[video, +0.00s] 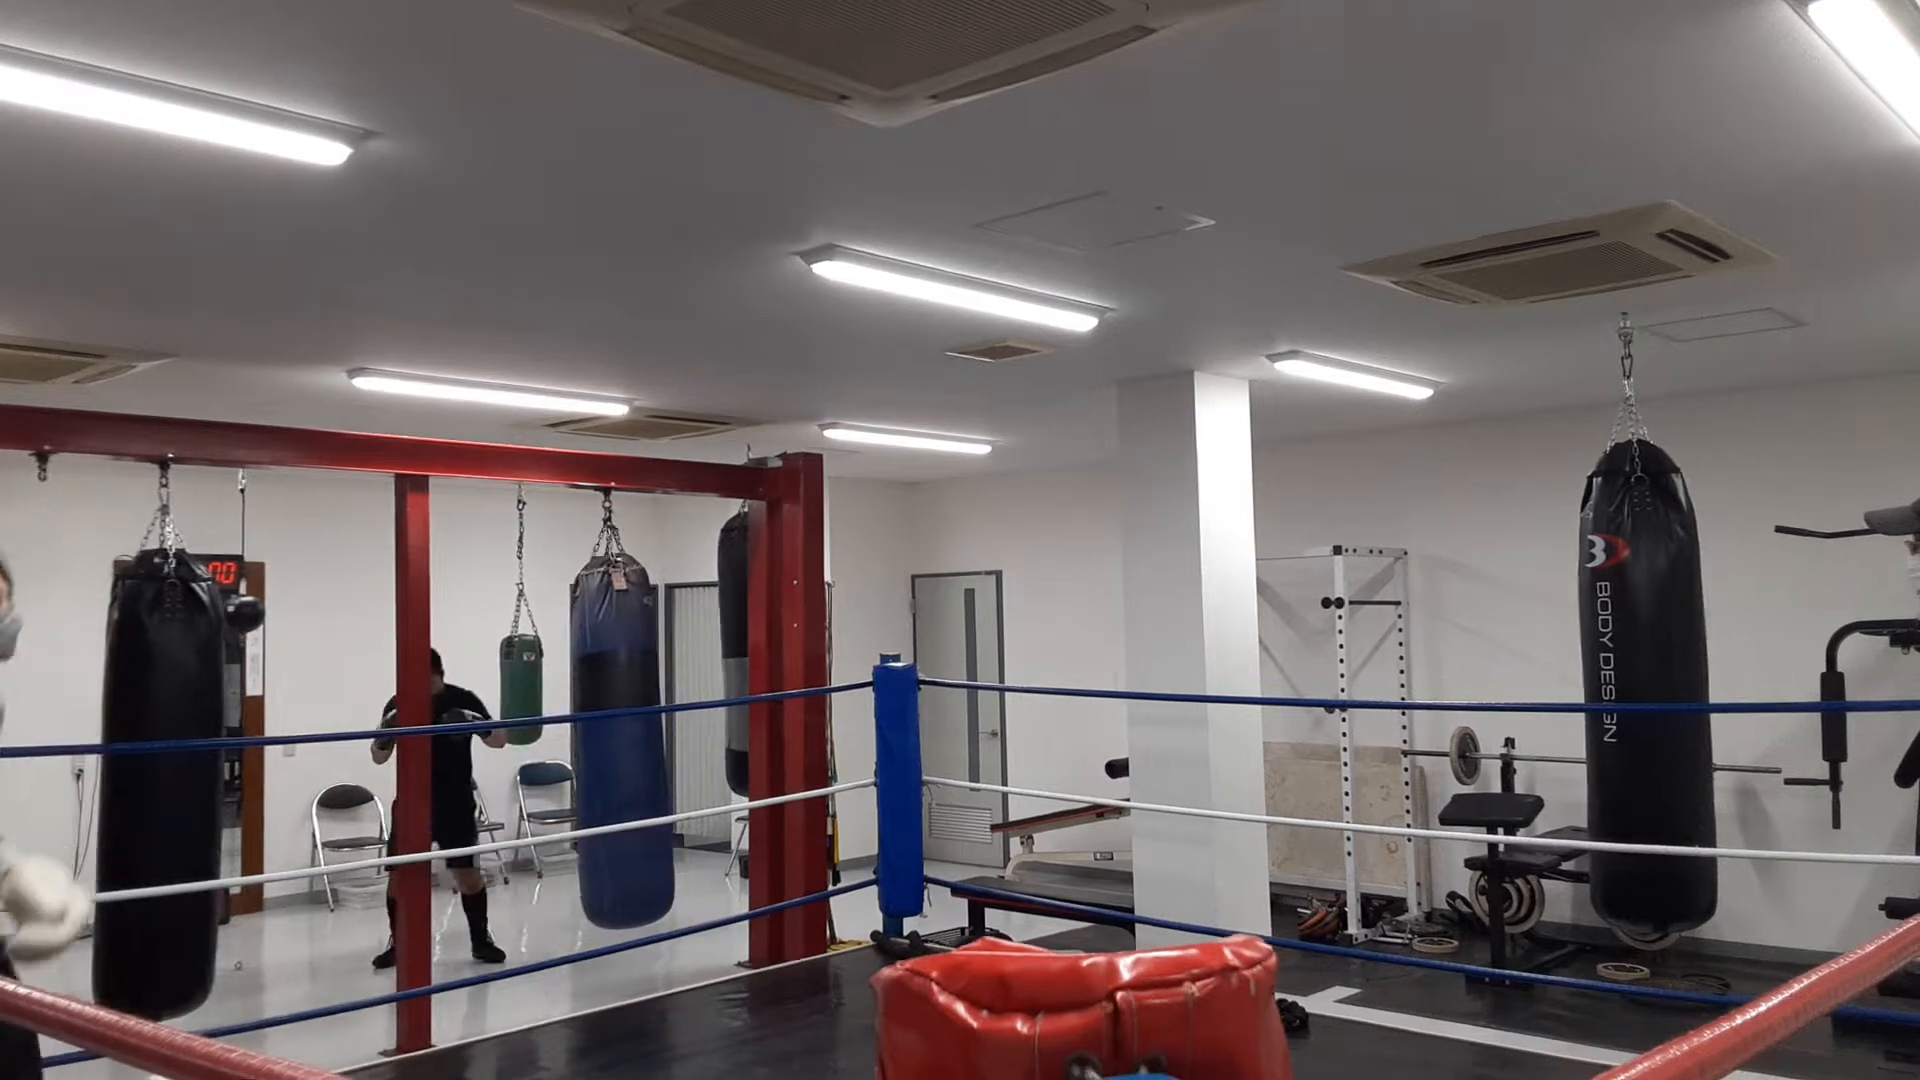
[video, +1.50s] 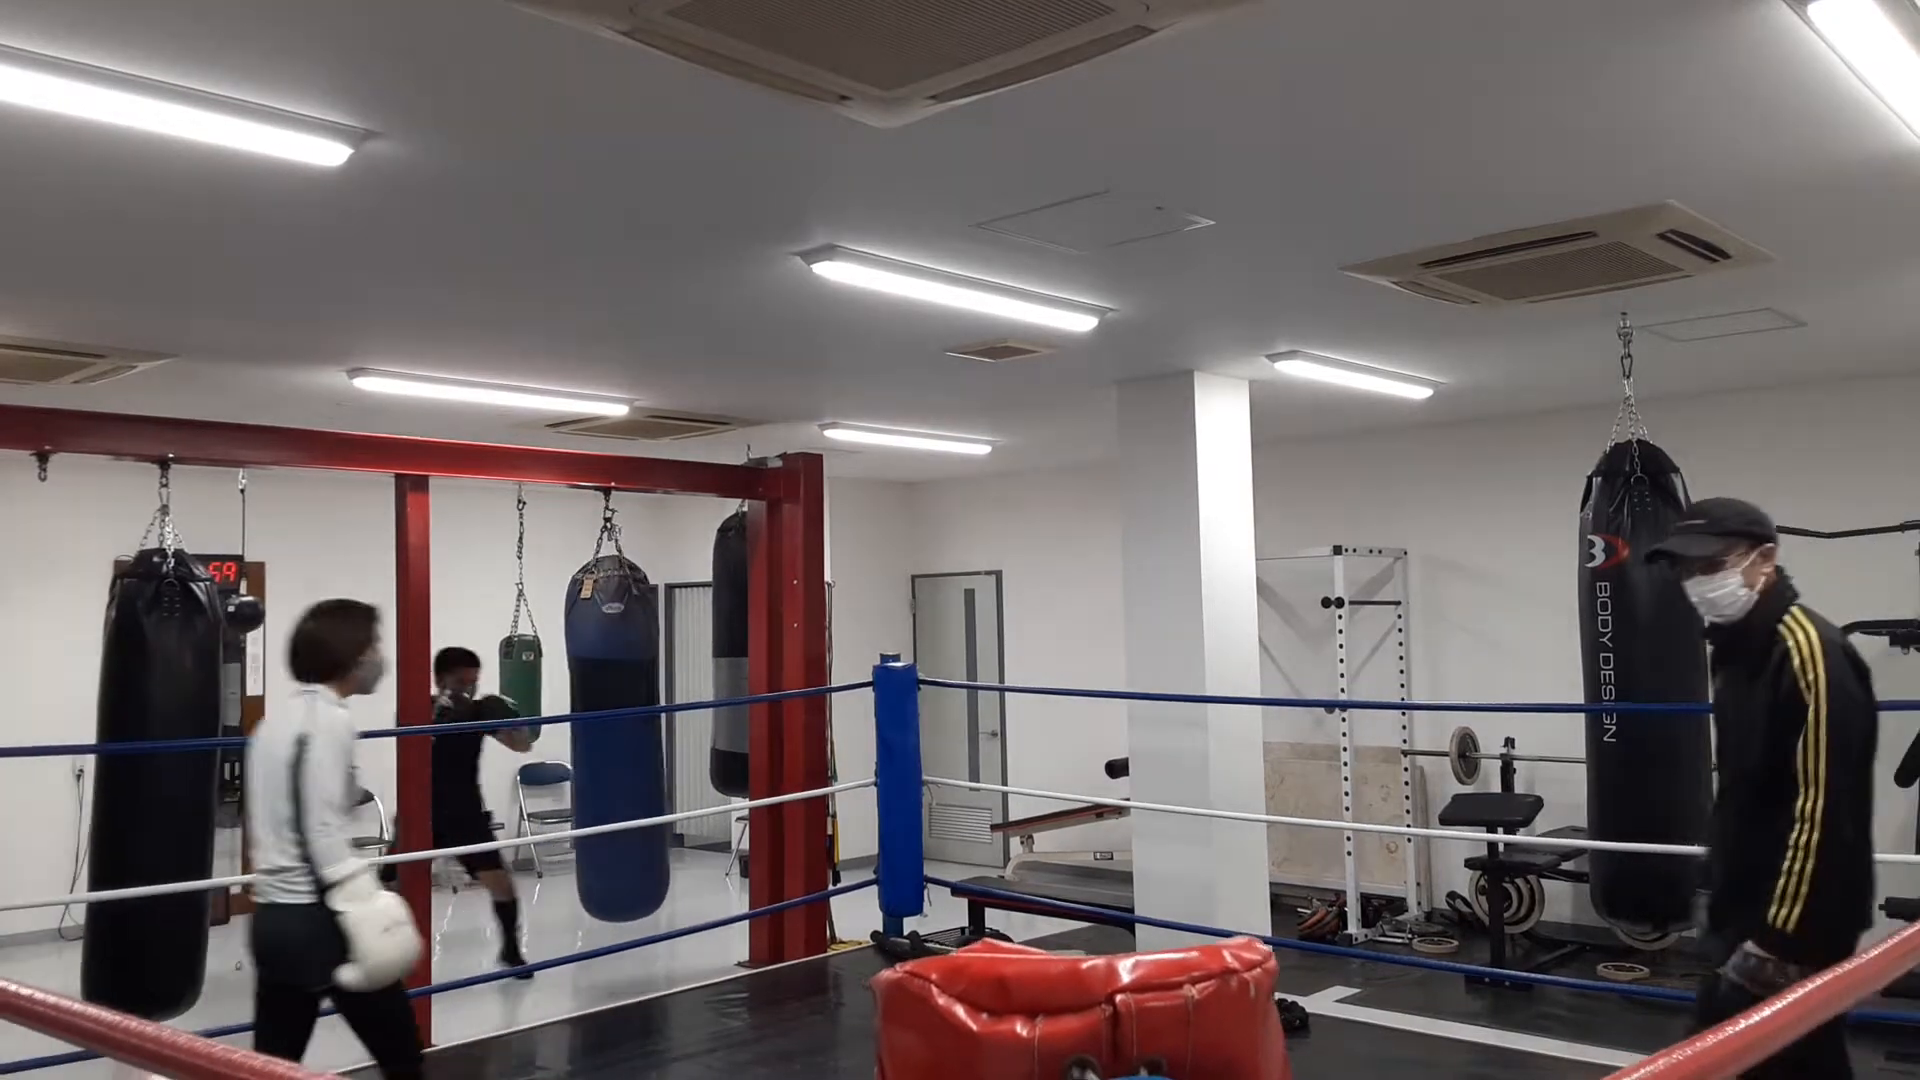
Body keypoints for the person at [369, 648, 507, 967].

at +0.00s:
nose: (425, 684)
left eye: (429, 676)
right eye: (419, 677)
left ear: (439, 673)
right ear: (409, 677)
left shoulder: (463, 699)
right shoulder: (399, 704)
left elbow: (499, 740)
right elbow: (378, 757)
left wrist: (473, 723)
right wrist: (388, 731)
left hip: (455, 799)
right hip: (412, 801)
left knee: (467, 872)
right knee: (399, 873)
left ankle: (481, 941)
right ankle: (399, 943)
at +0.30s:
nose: (438, 685)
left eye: (444, 678)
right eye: (432, 678)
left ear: (452, 675)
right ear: (417, 674)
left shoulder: (462, 701)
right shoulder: (393, 702)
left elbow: (496, 737)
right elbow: (372, 749)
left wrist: (468, 710)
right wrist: (396, 718)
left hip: (448, 798)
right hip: (405, 800)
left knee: (457, 869)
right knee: (398, 875)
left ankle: (467, 946)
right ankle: (400, 943)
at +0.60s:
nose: (456, 694)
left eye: (462, 687)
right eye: (448, 687)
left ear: (468, 683)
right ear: (432, 680)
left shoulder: (468, 710)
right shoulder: (402, 704)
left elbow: (496, 757)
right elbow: (382, 754)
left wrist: (487, 731)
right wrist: (419, 731)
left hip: (448, 803)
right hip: (404, 803)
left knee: (455, 878)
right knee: (384, 883)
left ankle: (466, 958)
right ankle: (389, 935)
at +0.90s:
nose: (411, 682)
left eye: (419, 674)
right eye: (404, 673)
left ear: (430, 674)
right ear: (392, 672)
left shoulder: (438, 707)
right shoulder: (370, 708)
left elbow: (485, 740)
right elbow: (368, 753)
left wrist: (474, 726)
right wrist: (394, 720)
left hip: (424, 812)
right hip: (376, 811)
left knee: (443, 882)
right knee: (345, 884)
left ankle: (465, 961)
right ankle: (313, 961)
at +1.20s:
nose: (406, 681)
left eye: (410, 674)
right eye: (400, 674)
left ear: (417, 674)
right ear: (385, 672)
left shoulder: (420, 704)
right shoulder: (356, 706)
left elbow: (465, 740)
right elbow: (358, 751)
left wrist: (464, 713)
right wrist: (394, 718)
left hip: (413, 814)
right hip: (364, 816)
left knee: (444, 877)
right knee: (336, 892)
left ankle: (478, 950)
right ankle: (306, 959)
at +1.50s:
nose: (469, 689)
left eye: (473, 682)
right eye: (463, 681)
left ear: (476, 681)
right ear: (442, 679)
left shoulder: (478, 712)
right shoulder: (420, 710)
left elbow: (521, 743)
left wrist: (504, 714)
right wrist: (432, 712)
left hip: (465, 812)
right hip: (421, 814)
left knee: (500, 882)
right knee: (396, 886)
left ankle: (511, 950)